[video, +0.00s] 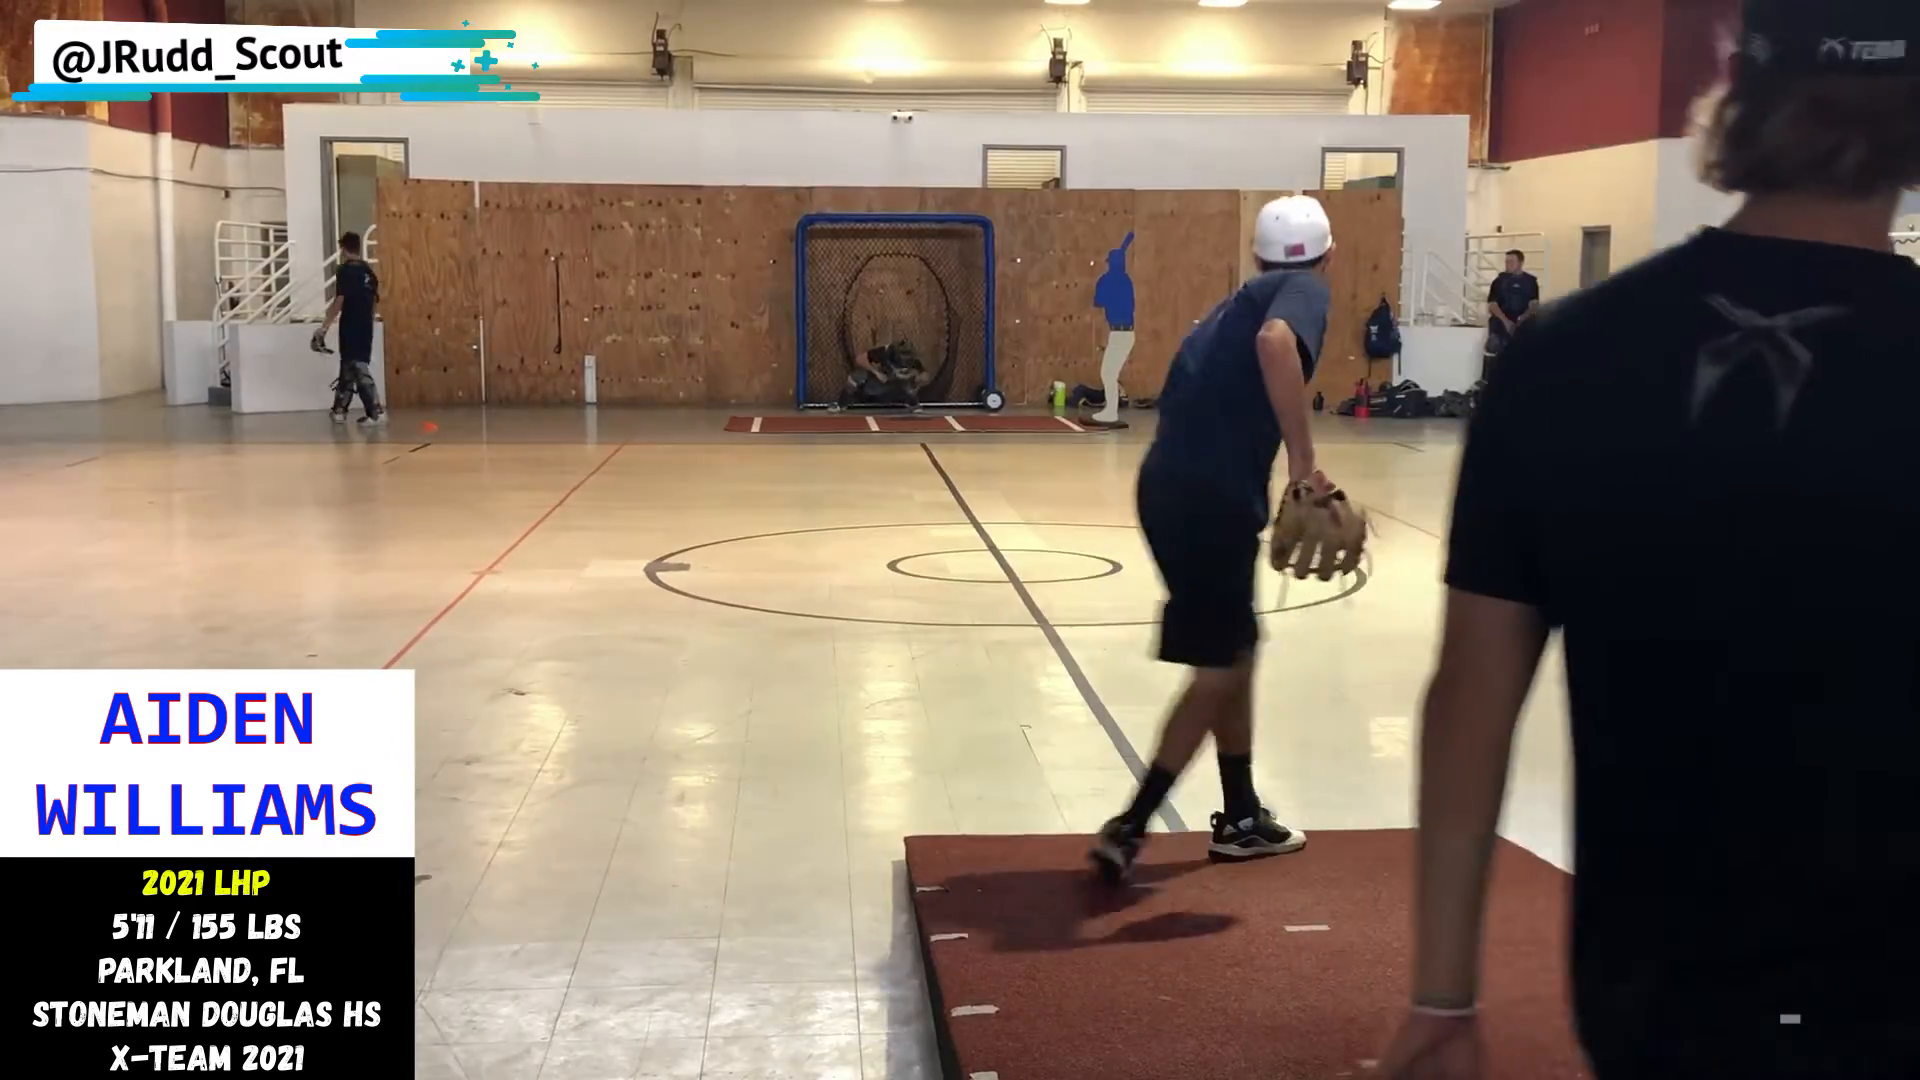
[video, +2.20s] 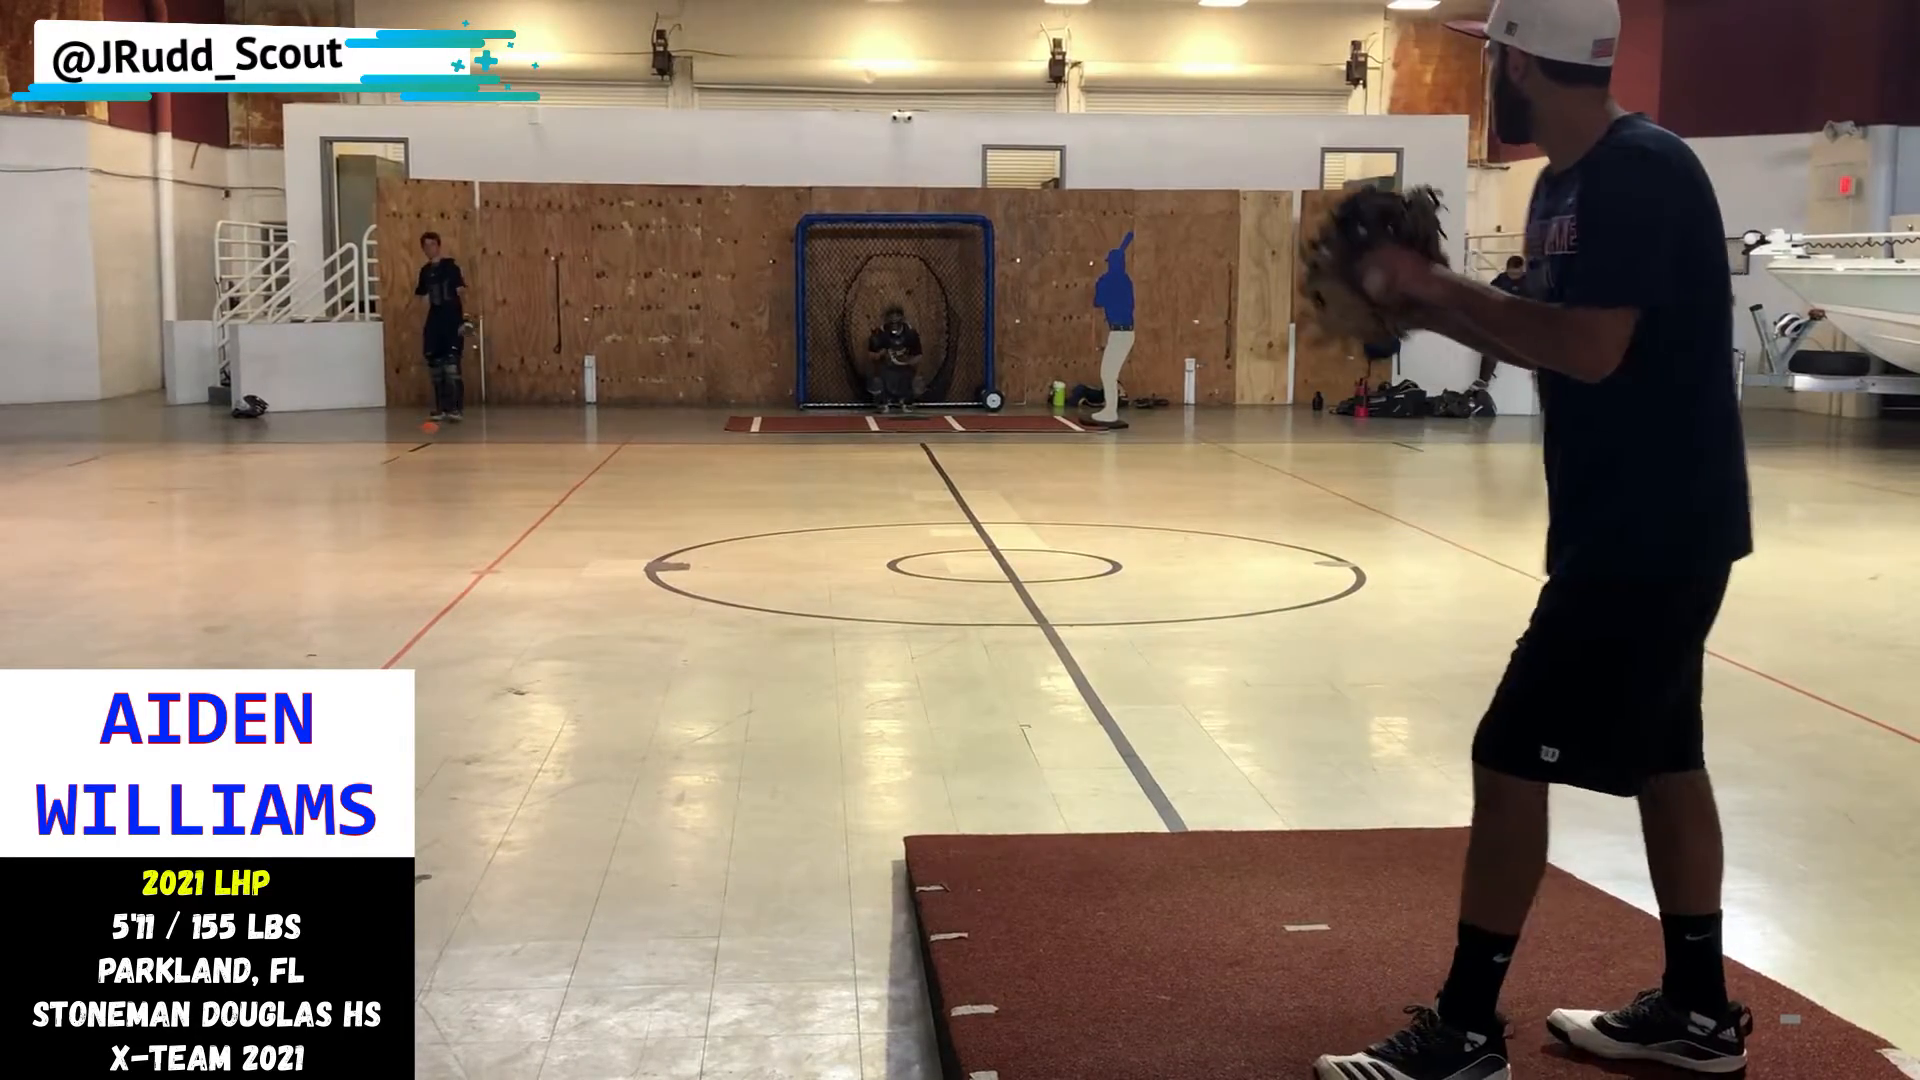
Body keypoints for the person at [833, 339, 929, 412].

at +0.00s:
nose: (905, 360)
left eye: (908, 357)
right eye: (902, 356)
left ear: (911, 354)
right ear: (895, 352)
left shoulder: (914, 362)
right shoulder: (886, 352)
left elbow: (925, 378)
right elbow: (860, 359)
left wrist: (915, 378)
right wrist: (876, 372)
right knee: (858, 376)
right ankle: (842, 405)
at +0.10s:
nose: (903, 362)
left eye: (906, 359)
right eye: (899, 359)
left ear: (910, 354)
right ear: (892, 353)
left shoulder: (913, 356)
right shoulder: (883, 351)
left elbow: (927, 375)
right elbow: (859, 359)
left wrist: (916, 369)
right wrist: (876, 374)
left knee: (909, 379)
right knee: (857, 377)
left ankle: (914, 404)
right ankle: (843, 405)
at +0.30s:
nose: (899, 348)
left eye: (902, 345)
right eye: (896, 345)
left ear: (907, 342)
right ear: (891, 342)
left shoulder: (912, 351)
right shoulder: (883, 350)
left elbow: (926, 368)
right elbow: (861, 361)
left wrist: (912, 360)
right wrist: (875, 369)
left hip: (905, 380)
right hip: (883, 380)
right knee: (858, 378)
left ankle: (915, 405)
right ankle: (842, 403)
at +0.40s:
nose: (896, 339)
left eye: (899, 336)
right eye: (893, 336)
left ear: (904, 335)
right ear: (888, 334)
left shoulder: (910, 347)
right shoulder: (879, 345)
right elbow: (860, 360)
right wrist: (875, 365)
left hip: (902, 379)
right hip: (880, 378)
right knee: (857, 377)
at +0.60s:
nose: (894, 336)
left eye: (897, 333)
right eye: (891, 333)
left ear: (902, 332)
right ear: (886, 332)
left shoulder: (911, 345)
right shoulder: (878, 346)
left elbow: (916, 366)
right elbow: (873, 369)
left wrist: (906, 374)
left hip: (903, 381)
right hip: (886, 382)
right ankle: (884, 405)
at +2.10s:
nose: (895, 330)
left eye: (898, 326)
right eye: (893, 326)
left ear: (903, 326)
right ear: (888, 326)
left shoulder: (911, 340)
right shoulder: (880, 341)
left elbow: (918, 364)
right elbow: (873, 363)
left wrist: (905, 369)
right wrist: (885, 365)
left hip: (906, 376)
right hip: (887, 376)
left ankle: (907, 402)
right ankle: (883, 404)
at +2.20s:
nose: (895, 321)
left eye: (898, 317)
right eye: (891, 318)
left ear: (902, 318)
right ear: (886, 319)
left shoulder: (911, 334)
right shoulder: (879, 334)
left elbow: (918, 356)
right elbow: (871, 355)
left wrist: (906, 361)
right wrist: (880, 354)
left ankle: (904, 400)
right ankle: (886, 400)